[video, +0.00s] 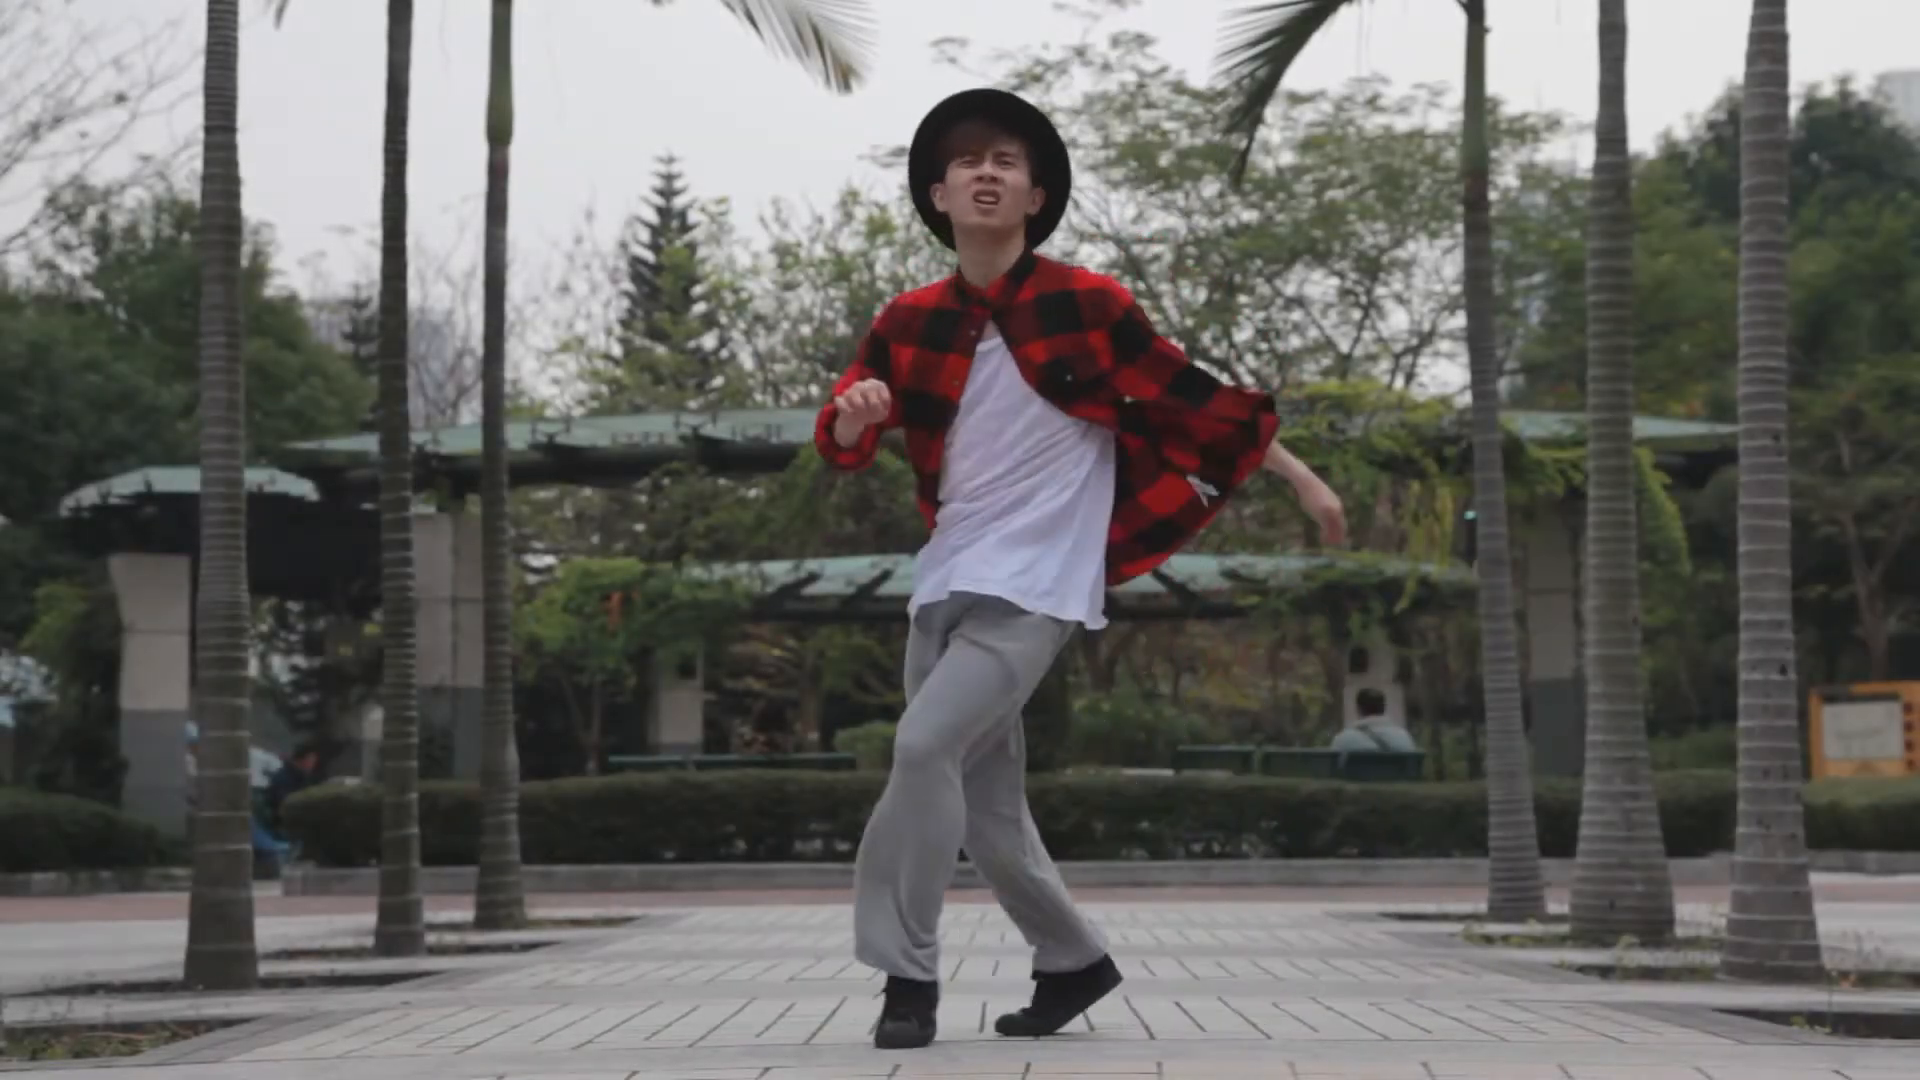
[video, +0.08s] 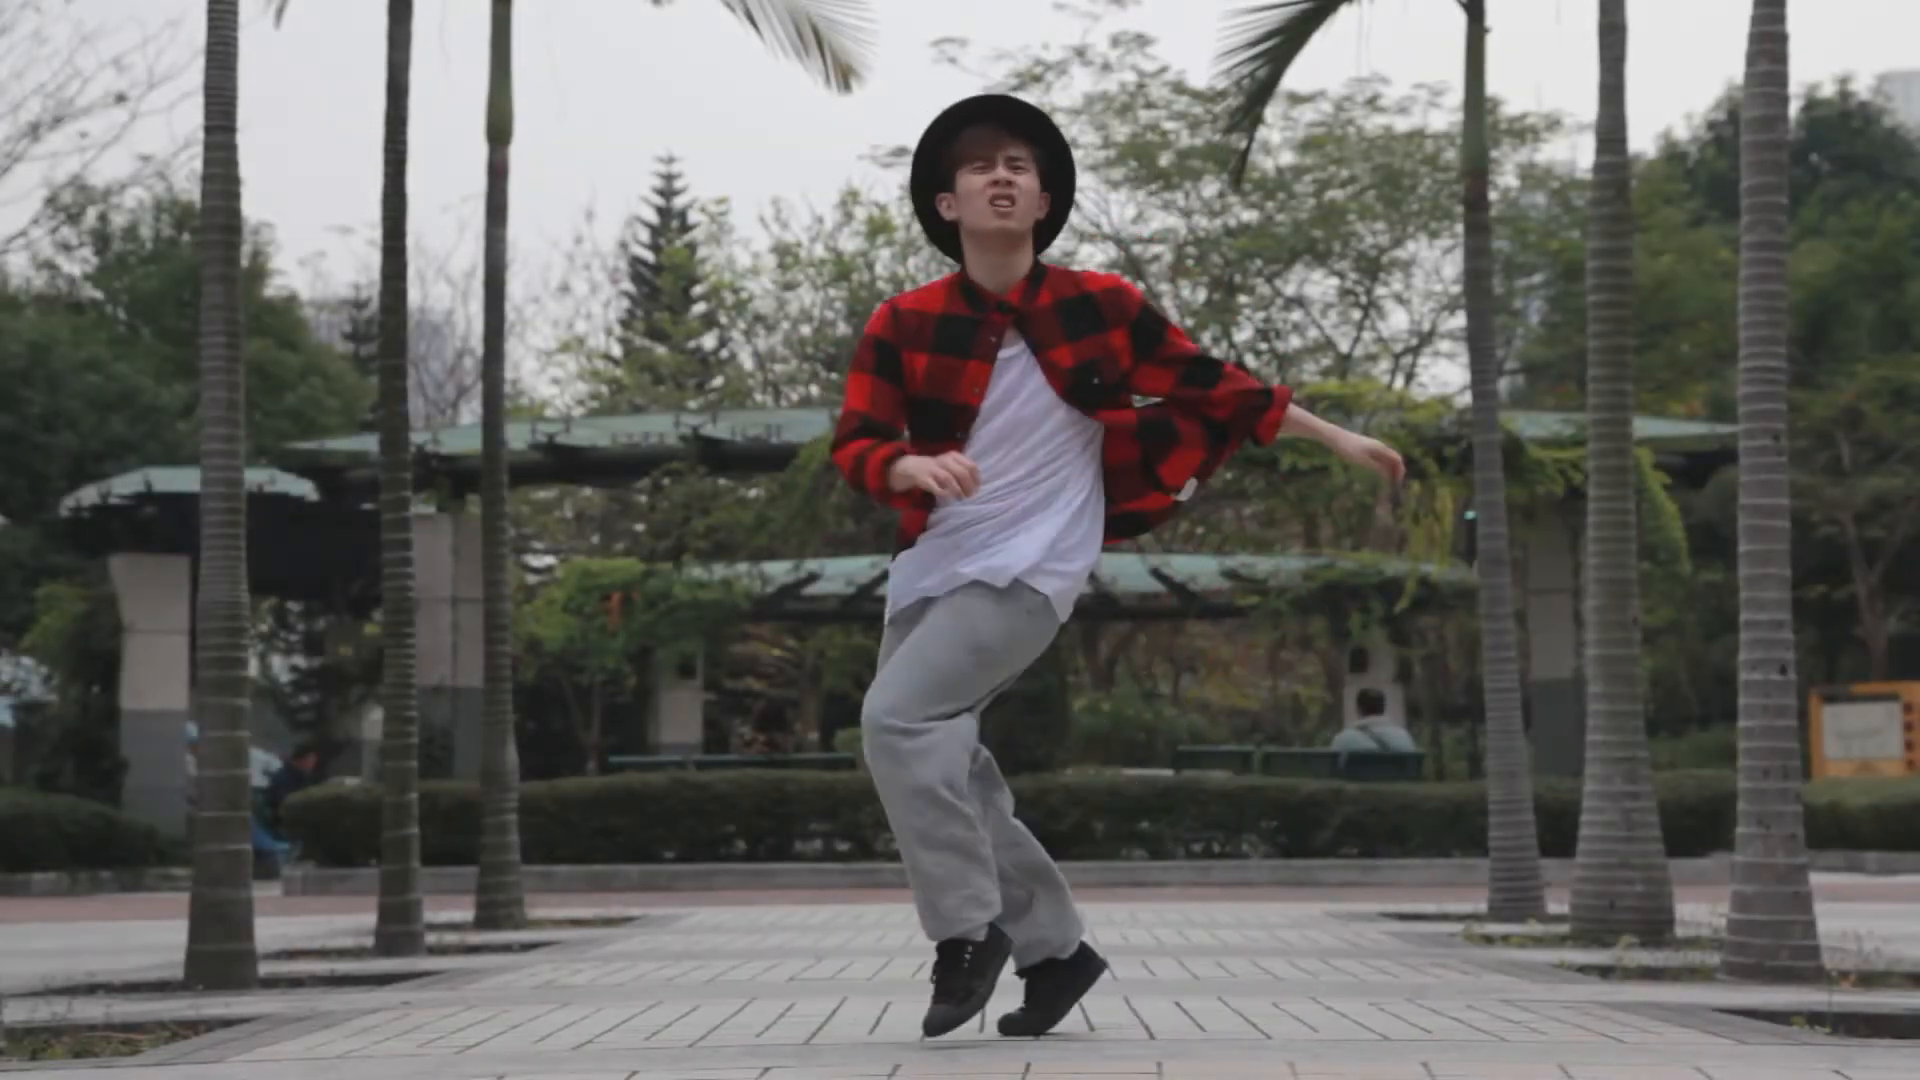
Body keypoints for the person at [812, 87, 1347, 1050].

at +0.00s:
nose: (986, 173)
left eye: (1006, 160)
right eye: (966, 159)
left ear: (1038, 193)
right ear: (934, 192)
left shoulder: (1087, 305)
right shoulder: (909, 321)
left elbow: (1193, 401)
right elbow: (841, 449)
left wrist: (1302, 477)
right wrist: (850, 419)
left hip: (1039, 586)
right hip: (944, 582)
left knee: (922, 744)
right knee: (984, 809)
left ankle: (908, 973)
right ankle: (1071, 959)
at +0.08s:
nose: (1001, 177)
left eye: (1019, 166)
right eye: (978, 166)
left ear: (1047, 199)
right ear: (944, 202)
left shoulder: (1100, 306)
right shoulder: (903, 322)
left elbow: (1210, 380)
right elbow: (854, 446)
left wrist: (1335, 436)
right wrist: (907, 468)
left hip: (1033, 566)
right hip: (929, 569)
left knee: (895, 719)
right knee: (946, 767)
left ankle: (966, 928)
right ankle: (1055, 948)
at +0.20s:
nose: (1022, 214)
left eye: (1035, 200)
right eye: (996, 200)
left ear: (1054, 227)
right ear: (955, 235)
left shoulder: (1086, 351)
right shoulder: (911, 352)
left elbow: (1181, 425)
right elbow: (928, 492)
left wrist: (1302, 420)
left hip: (1001, 595)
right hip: (896, 601)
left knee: (918, 784)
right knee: (927, 813)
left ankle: (992, 980)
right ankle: (1064, 966)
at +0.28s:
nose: (1037, 217)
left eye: (1046, 205)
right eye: (1012, 201)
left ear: (1057, 232)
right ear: (961, 232)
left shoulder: (1059, 357)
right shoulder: (908, 347)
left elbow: (1127, 466)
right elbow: (938, 488)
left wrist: (1212, 427)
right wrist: (1066, 512)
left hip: (993, 598)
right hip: (887, 612)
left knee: (951, 774)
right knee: (905, 827)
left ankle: (996, 991)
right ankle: (1022, 940)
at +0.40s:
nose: (1033, 194)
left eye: (1038, 184)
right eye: (1007, 180)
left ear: (1048, 212)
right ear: (956, 214)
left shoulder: (1045, 339)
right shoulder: (903, 320)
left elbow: (1139, 447)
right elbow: (931, 452)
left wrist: (1135, 410)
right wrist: (1032, 390)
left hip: (979, 576)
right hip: (875, 570)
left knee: (988, 761)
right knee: (899, 707)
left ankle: (1009, 976)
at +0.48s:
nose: (1022, 205)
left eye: (1028, 193)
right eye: (997, 188)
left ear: (1035, 223)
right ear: (943, 217)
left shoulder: (1035, 343)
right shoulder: (889, 323)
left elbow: (1148, 444)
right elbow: (903, 441)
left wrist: (1124, 402)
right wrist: (1005, 385)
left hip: (951, 584)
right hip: (848, 572)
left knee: (993, 769)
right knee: (869, 738)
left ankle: (1040, 986)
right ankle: (781, 908)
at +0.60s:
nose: (984, 231)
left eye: (997, 217)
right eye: (961, 213)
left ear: (1008, 240)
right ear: (910, 238)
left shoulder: (1012, 366)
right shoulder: (858, 348)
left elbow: (1059, 479)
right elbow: (833, 476)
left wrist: (1092, 473)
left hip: (918, 627)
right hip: (813, 623)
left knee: (1040, 746)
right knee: (784, 815)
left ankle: (1056, 962)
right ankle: (681, 999)